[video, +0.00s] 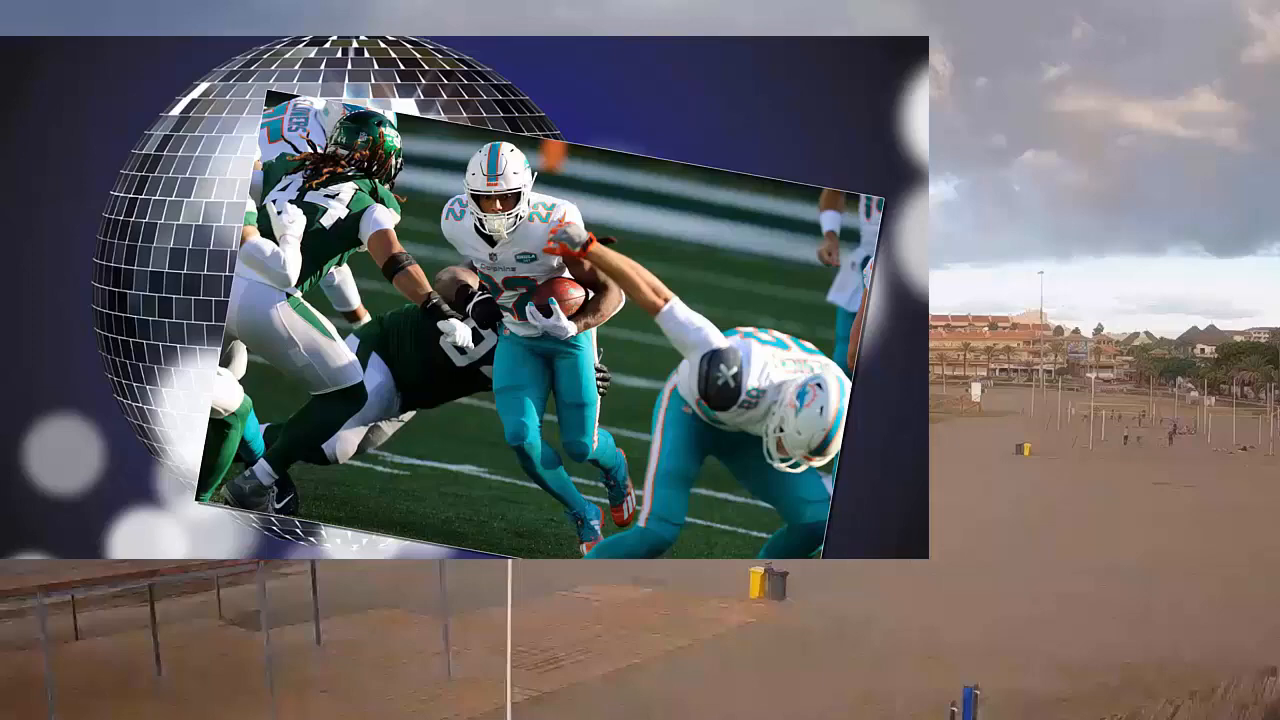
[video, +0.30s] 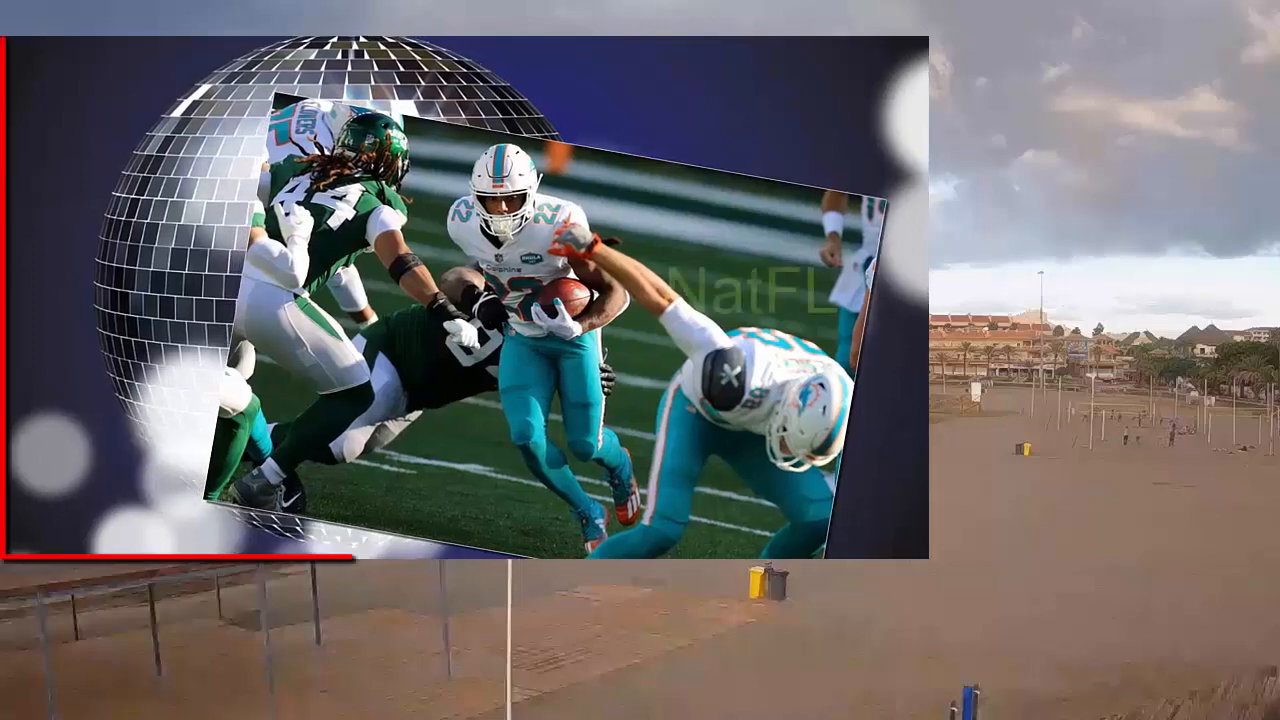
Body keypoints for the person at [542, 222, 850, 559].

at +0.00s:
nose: (793, 464)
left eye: (807, 460)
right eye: (788, 453)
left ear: (835, 435)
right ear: (777, 416)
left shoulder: (845, 416)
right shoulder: (733, 377)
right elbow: (657, 299)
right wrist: (588, 247)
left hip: (752, 429)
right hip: (692, 406)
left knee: (818, 519)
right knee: (658, 532)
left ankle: (754, 587)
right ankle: (573, 580)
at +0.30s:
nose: (797, 463)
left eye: (810, 459)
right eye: (792, 451)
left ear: (840, 434)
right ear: (781, 414)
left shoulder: (847, 417)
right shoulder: (734, 375)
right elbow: (660, 299)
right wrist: (593, 249)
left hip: (753, 428)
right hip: (696, 405)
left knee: (820, 517)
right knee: (663, 530)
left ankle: (757, 588)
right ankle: (577, 580)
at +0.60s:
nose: (800, 462)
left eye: (814, 458)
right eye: (795, 451)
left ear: (842, 434)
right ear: (784, 413)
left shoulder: (849, 415)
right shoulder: (740, 375)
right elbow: (665, 300)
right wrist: (597, 249)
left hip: (759, 428)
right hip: (700, 406)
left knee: (823, 516)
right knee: (668, 528)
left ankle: (756, 587)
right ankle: (584, 576)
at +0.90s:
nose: (803, 461)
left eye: (816, 457)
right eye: (798, 450)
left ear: (844, 434)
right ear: (787, 414)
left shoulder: (852, 414)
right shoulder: (745, 376)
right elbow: (669, 299)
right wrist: (603, 251)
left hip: (763, 427)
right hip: (705, 406)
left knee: (826, 515)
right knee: (671, 528)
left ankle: (764, 583)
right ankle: (591, 574)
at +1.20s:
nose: (805, 460)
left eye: (819, 456)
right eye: (801, 449)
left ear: (847, 433)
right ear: (789, 414)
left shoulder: (856, 415)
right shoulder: (748, 376)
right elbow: (675, 301)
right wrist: (609, 253)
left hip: (767, 427)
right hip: (708, 405)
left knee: (828, 514)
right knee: (676, 526)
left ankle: (768, 583)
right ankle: (597, 571)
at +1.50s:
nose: (809, 459)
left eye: (822, 455)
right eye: (804, 449)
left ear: (849, 432)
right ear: (793, 414)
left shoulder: (858, 415)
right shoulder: (752, 375)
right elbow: (677, 301)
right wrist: (613, 253)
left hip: (769, 426)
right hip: (712, 404)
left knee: (831, 513)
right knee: (681, 523)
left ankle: (770, 582)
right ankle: (600, 571)